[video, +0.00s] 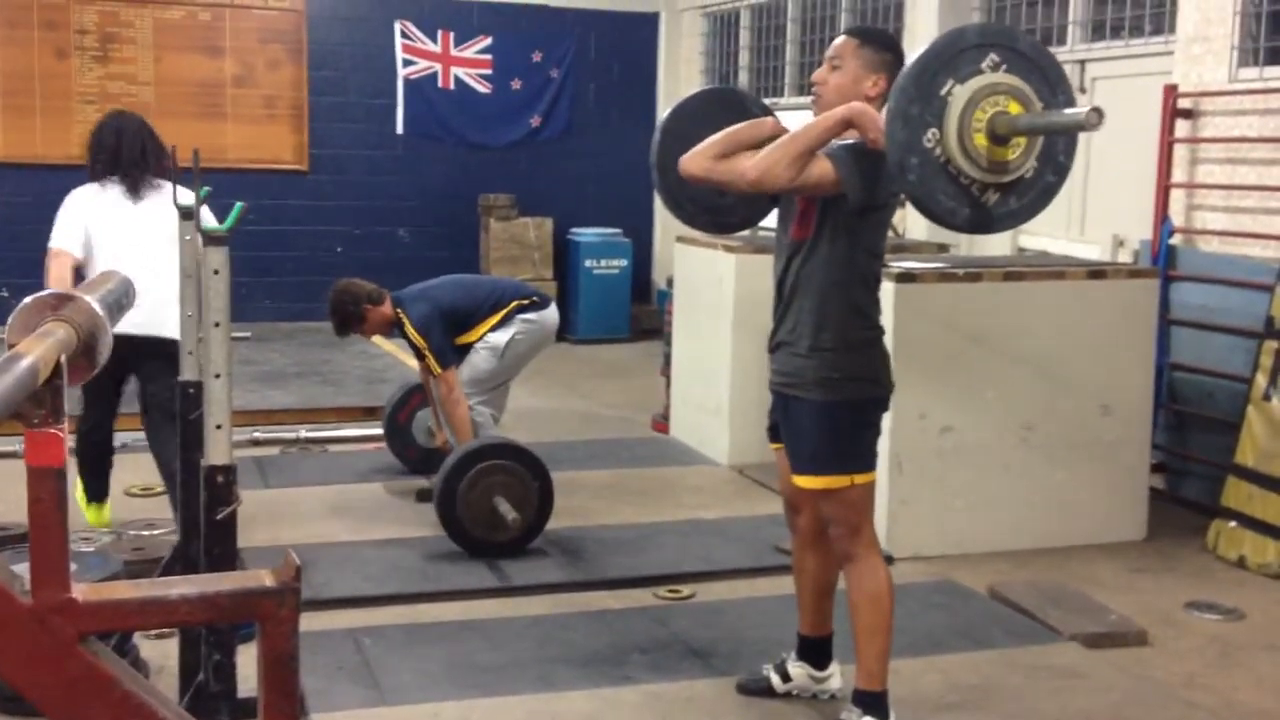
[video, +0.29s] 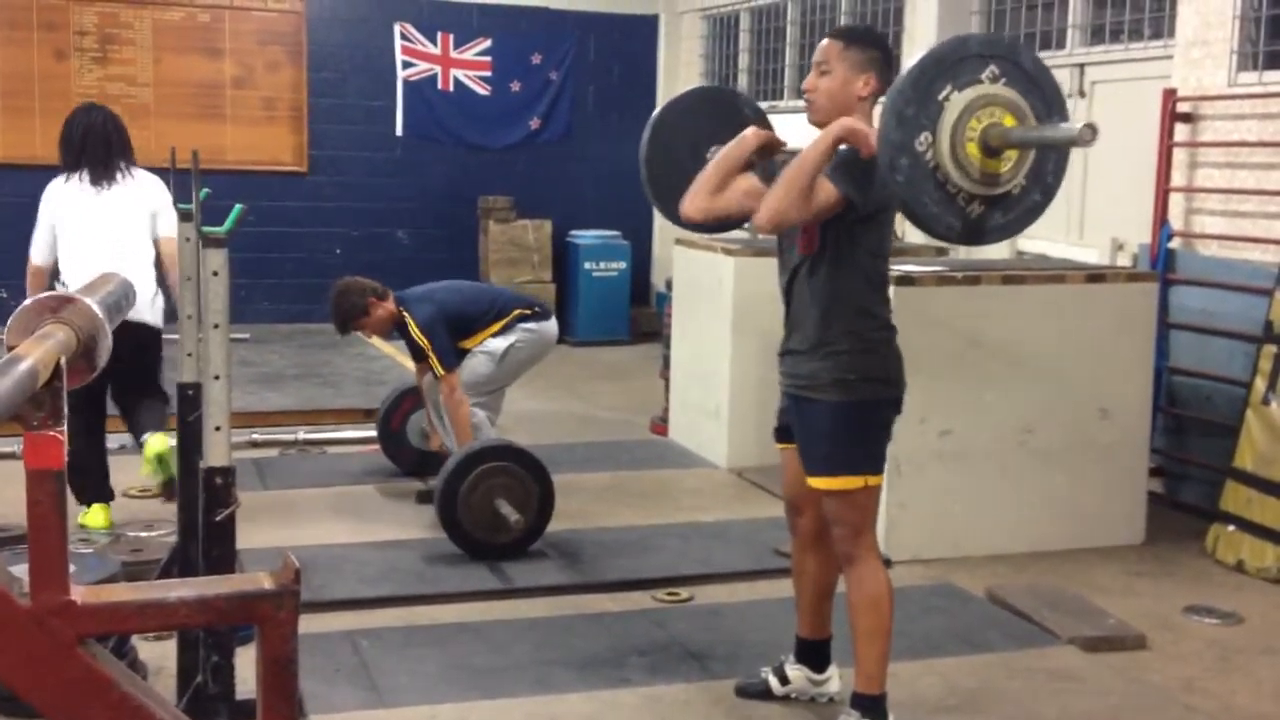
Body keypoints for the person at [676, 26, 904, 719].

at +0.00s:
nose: (815, 77)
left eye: (831, 66)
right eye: (820, 65)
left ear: (873, 86)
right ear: (847, 87)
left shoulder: (867, 157)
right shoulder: (811, 156)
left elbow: (761, 175)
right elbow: (695, 165)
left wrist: (840, 115)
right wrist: (784, 124)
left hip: (841, 377)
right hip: (794, 373)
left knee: (852, 537)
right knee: (805, 523)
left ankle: (872, 705)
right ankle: (813, 663)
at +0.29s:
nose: (806, 82)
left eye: (823, 71)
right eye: (811, 71)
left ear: (865, 87)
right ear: (839, 89)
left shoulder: (862, 159)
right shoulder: (809, 164)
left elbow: (774, 216)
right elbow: (697, 206)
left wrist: (831, 134)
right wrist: (746, 142)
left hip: (850, 381)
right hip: (804, 376)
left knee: (853, 542)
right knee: (807, 523)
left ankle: (870, 707)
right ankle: (811, 666)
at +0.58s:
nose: (778, 112)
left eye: (786, 96)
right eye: (776, 98)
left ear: (831, 92)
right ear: (817, 97)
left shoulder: (876, 168)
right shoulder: (796, 181)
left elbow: (892, 277)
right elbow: (801, 277)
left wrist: (852, 243)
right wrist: (743, 238)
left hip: (869, 386)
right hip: (809, 382)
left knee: (851, 544)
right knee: (792, 520)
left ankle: (869, 708)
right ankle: (809, 668)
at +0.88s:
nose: (735, 157)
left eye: (745, 142)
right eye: (731, 143)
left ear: (787, 135)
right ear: (745, 143)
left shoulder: (829, 208)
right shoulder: (761, 211)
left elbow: (867, 325)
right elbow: (741, 298)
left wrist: (839, 441)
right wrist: (730, 389)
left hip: (894, 394)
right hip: (833, 384)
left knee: (863, 546)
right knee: (793, 513)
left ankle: (869, 707)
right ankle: (798, 670)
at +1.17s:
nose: (648, 337)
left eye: (653, 321)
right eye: (643, 325)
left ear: (692, 300)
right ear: (691, 303)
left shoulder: (773, 342)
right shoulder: (716, 348)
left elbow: (831, 476)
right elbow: (733, 436)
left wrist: (846, 593)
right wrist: (738, 529)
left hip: (916, 397)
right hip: (851, 403)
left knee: (859, 552)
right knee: (785, 517)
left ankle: (874, 702)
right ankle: (800, 672)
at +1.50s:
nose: (654, 389)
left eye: (658, 374)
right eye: (649, 376)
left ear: (697, 357)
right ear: (696, 358)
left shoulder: (773, 395)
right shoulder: (720, 397)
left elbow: (825, 538)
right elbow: (730, 486)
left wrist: (836, 651)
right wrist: (732, 583)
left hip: (922, 419)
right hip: (866, 421)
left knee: (834, 554)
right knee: (767, 520)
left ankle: (867, 702)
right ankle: (795, 667)